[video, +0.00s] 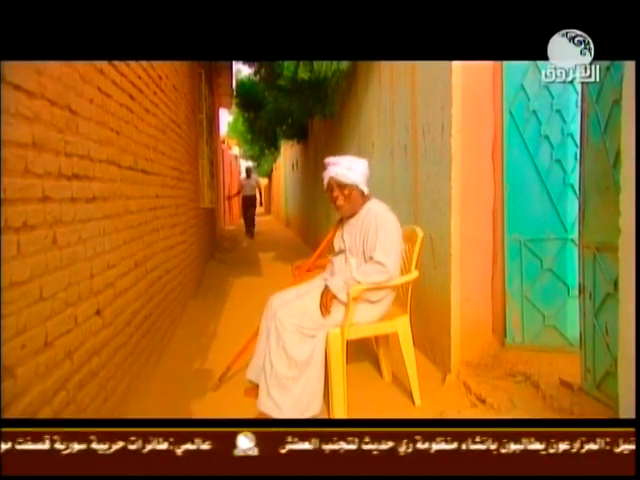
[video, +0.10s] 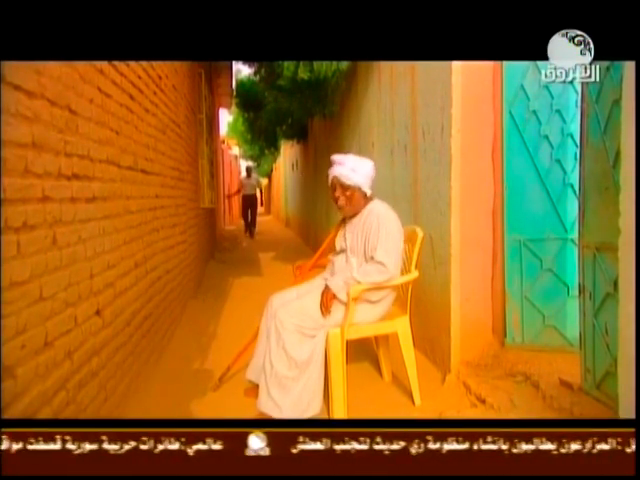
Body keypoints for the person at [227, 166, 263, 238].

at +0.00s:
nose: (248, 173)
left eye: (249, 171)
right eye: (247, 171)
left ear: (251, 172)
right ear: (245, 172)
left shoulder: (255, 180)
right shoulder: (242, 181)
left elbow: (260, 190)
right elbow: (239, 191)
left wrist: (261, 200)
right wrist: (231, 196)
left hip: (252, 196)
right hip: (245, 196)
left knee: (251, 215)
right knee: (245, 215)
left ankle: (251, 230)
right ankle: (248, 230)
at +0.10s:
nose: (248, 172)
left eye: (249, 171)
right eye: (247, 171)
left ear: (251, 171)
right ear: (246, 171)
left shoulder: (256, 179)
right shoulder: (242, 180)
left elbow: (260, 189)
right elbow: (239, 190)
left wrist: (261, 200)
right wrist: (231, 195)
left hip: (252, 196)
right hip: (245, 196)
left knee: (253, 214)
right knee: (244, 214)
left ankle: (251, 228)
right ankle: (247, 226)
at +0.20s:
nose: (248, 172)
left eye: (249, 170)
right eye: (247, 170)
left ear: (252, 170)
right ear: (245, 170)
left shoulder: (256, 178)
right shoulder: (242, 179)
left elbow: (261, 188)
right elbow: (239, 189)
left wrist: (261, 198)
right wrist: (230, 195)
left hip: (253, 195)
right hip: (245, 195)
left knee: (253, 213)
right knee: (245, 213)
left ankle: (253, 228)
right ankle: (247, 227)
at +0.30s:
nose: (248, 171)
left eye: (249, 169)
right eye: (247, 169)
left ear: (252, 170)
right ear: (245, 170)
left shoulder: (256, 178)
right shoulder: (243, 179)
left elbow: (261, 187)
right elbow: (239, 189)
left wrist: (261, 199)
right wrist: (229, 194)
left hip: (253, 195)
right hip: (245, 195)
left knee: (253, 213)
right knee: (246, 213)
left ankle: (253, 229)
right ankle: (247, 229)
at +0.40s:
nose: (248, 172)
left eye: (249, 170)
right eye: (247, 170)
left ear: (252, 170)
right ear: (245, 170)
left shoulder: (256, 178)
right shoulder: (243, 179)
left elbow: (261, 188)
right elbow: (239, 189)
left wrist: (260, 199)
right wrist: (230, 195)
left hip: (253, 196)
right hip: (245, 196)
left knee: (253, 214)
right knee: (246, 215)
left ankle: (252, 230)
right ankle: (247, 231)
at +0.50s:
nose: (248, 173)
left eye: (249, 171)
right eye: (247, 171)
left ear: (251, 171)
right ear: (245, 171)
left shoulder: (256, 180)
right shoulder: (242, 180)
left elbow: (261, 188)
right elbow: (238, 191)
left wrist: (260, 200)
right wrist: (230, 198)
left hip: (253, 196)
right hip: (245, 196)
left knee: (253, 215)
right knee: (247, 216)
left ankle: (251, 232)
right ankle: (248, 233)